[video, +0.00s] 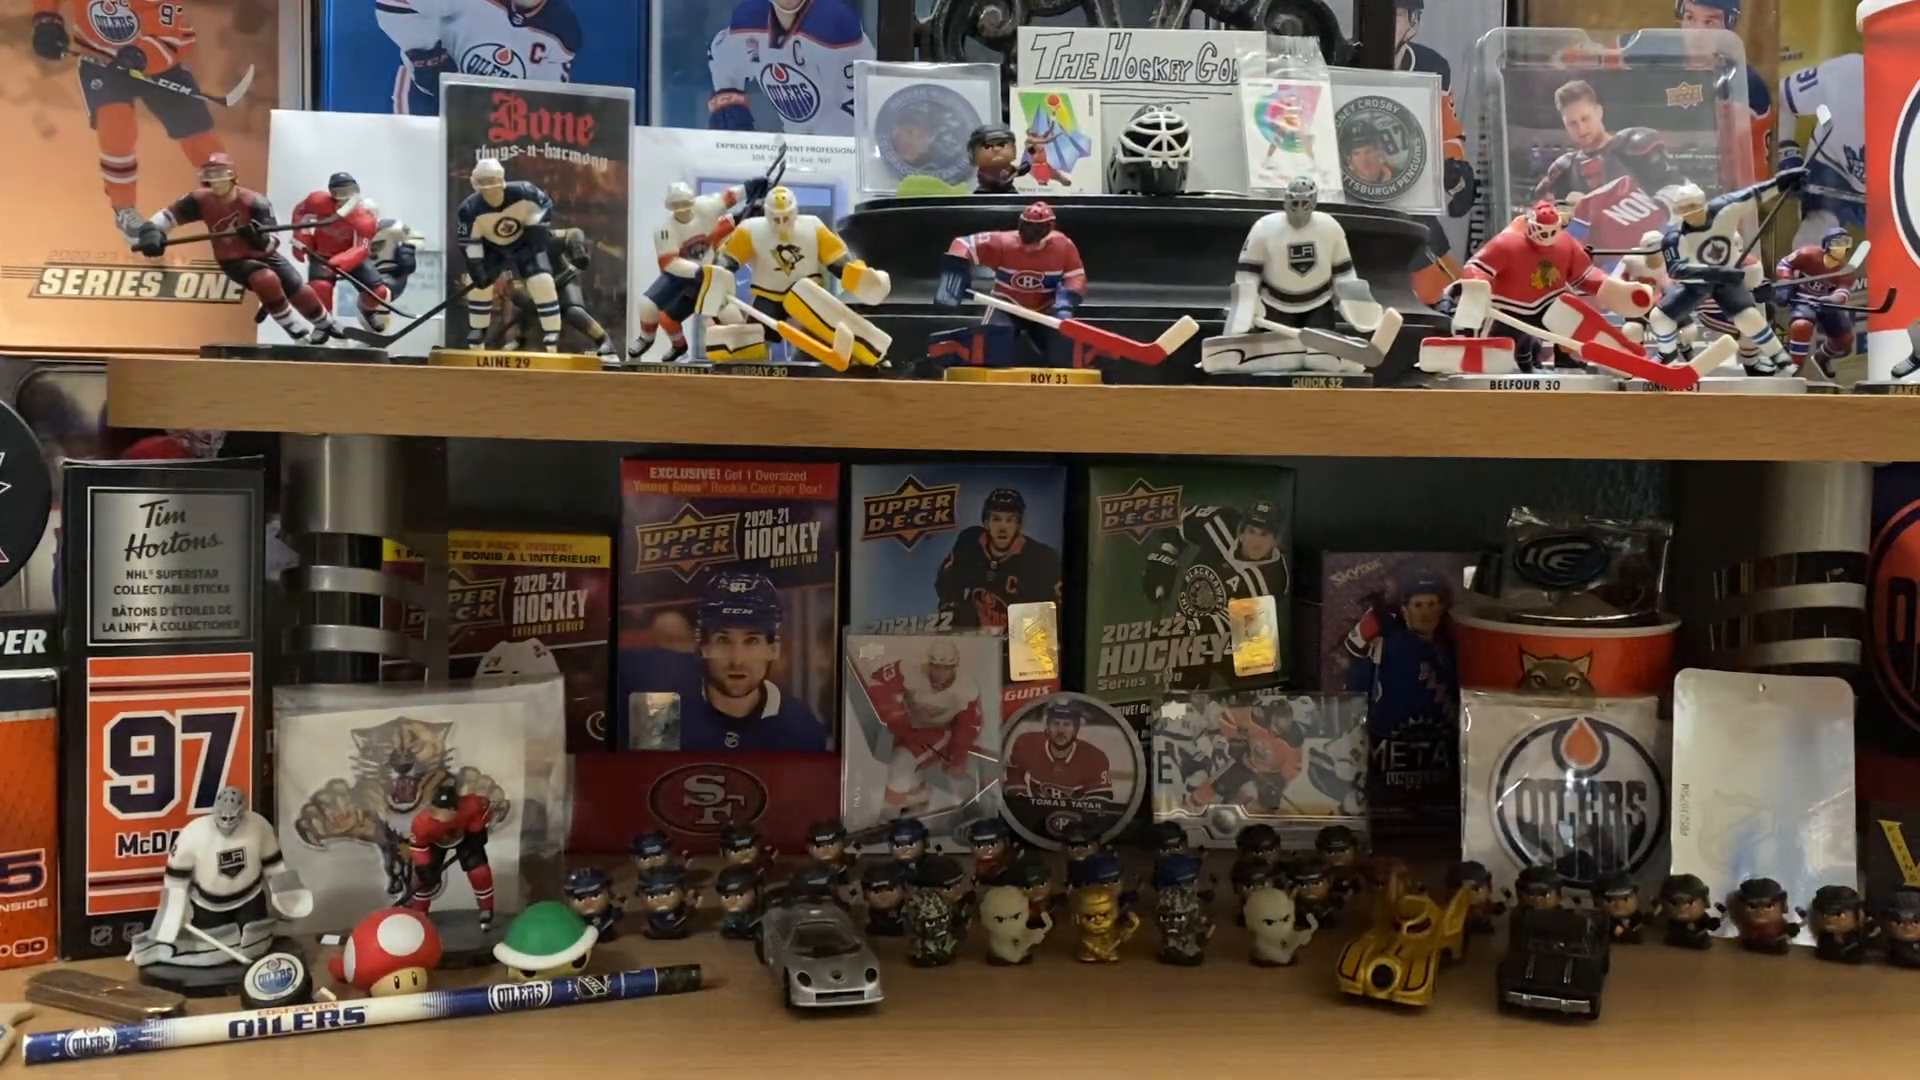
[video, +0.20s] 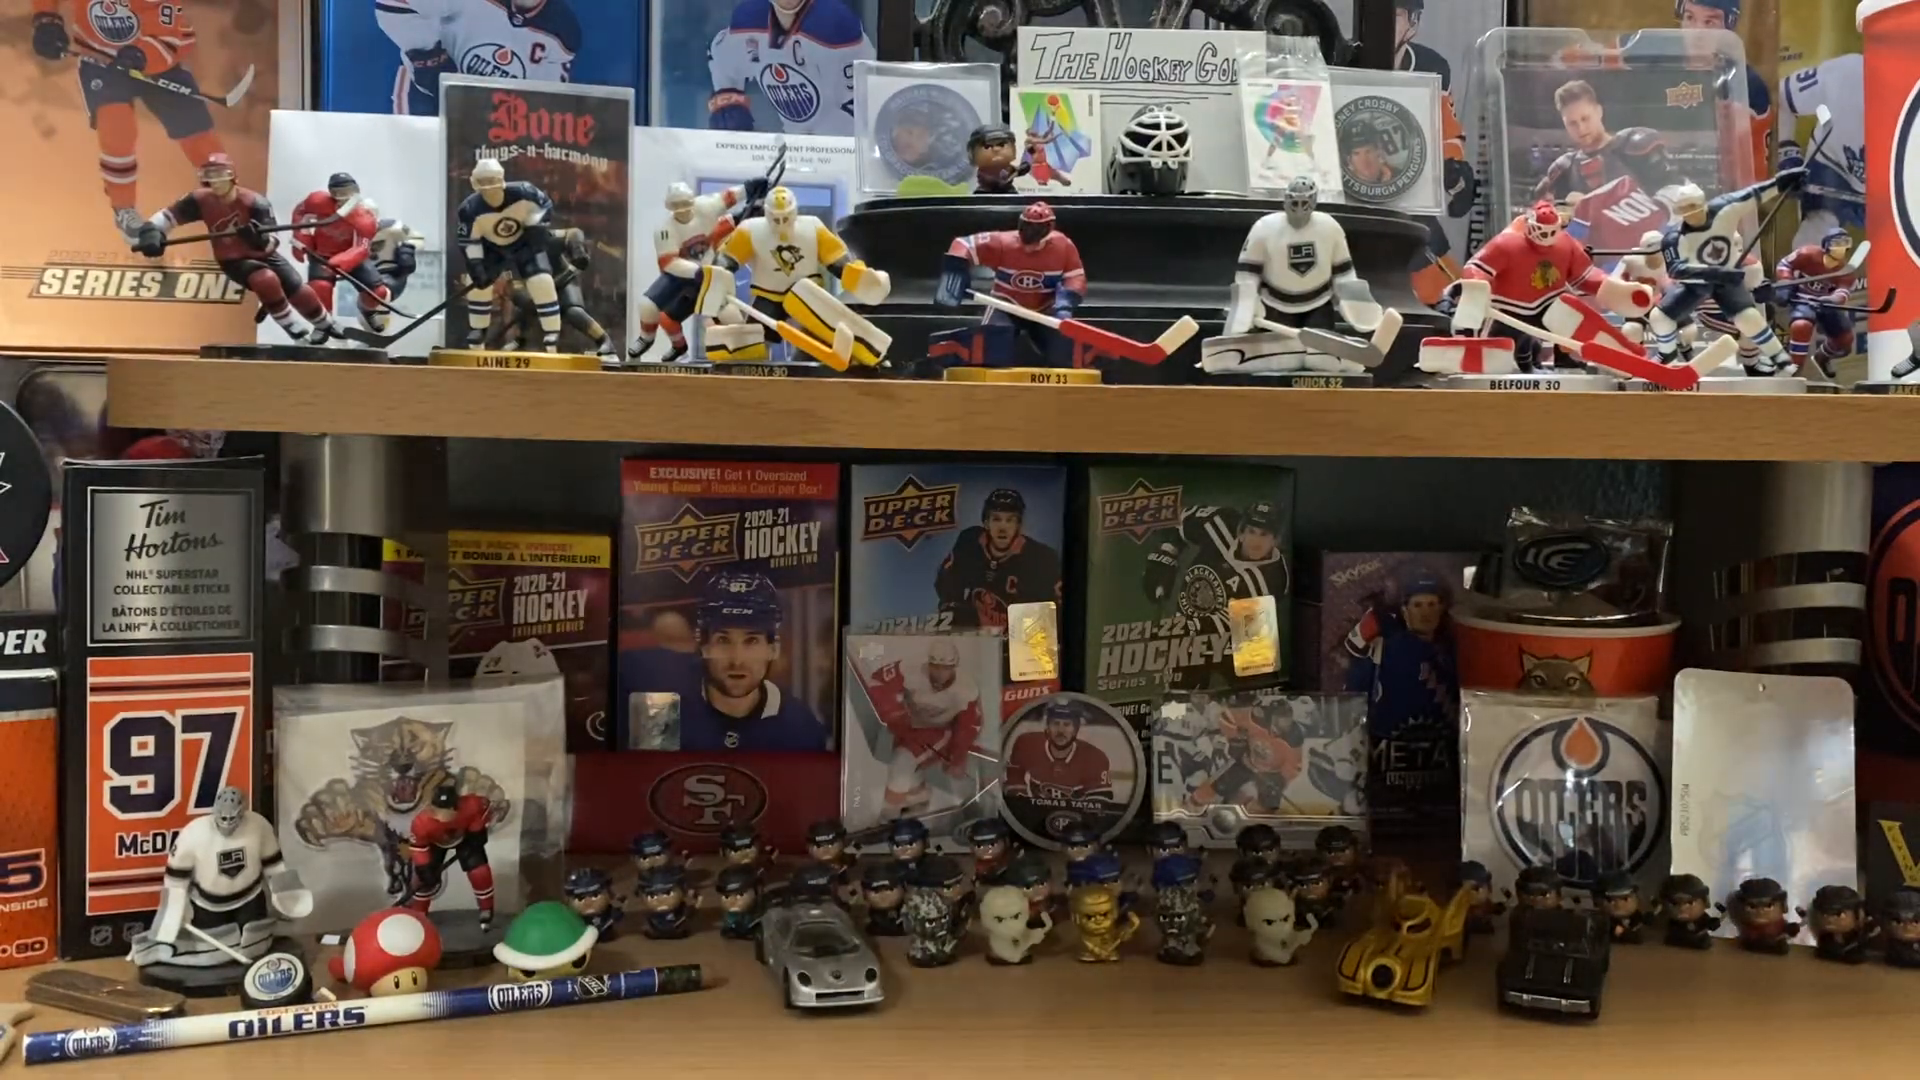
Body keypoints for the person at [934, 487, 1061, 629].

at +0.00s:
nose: (1003, 527)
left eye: (1010, 521)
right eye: (996, 520)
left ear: (1019, 524)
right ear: (986, 523)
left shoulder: (1042, 557)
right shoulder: (969, 541)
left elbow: (1047, 604)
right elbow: (945, 578)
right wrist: (949, 606)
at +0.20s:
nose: (1003, 527)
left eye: (1010, 521)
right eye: (996, 520)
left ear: (1019, 525)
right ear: (986, 523)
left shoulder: (1041, 557)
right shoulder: (969, 541)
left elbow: (1047, 604)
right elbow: (944, 579)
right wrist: (950, 606)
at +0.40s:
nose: (1003, 527)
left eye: (1010, 521)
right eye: (996, 520)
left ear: (1019, 525)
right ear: (986, 523)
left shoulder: (1041, 557)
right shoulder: (969, 541)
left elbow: (1046, 604)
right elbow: (944, 578)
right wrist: (950, 607)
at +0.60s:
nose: (1002, 527)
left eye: (1009, 520)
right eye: (996, 519)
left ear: (1019, 524)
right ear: (985, 522)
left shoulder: (1042, 558)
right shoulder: (968, 542)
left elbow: (1046, 606)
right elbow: (945, 578)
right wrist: (949, 607)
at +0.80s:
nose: (1002, 527)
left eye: (1009, 520)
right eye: (996, 520)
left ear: (1019, 525)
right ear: (985, 523)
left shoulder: (1042, 558)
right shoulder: (968, 542)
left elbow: (1045, 607)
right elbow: (944, 580)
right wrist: (949, 607)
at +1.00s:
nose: (1002, 527)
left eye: (1009, 520)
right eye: (996, 520)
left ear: (1019, 525)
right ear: (985, 523)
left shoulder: (1042, 558)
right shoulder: (968, 542)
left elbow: (1045, 607)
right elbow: (944, 581)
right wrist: (949, 607)